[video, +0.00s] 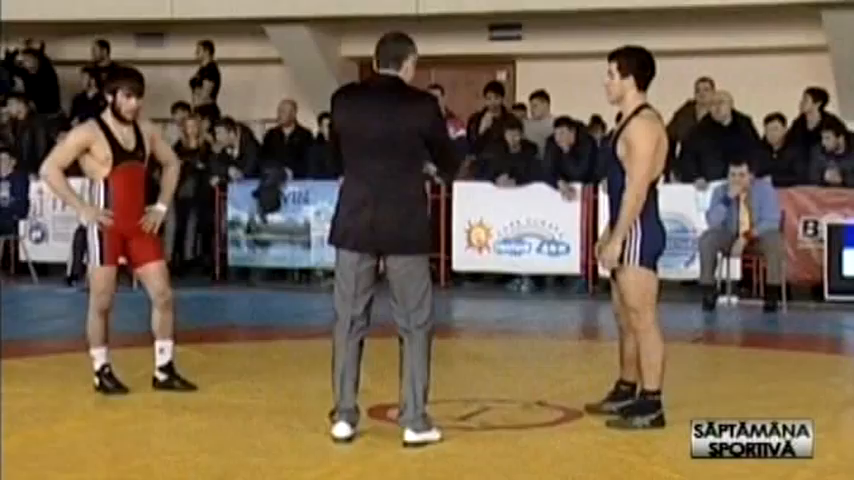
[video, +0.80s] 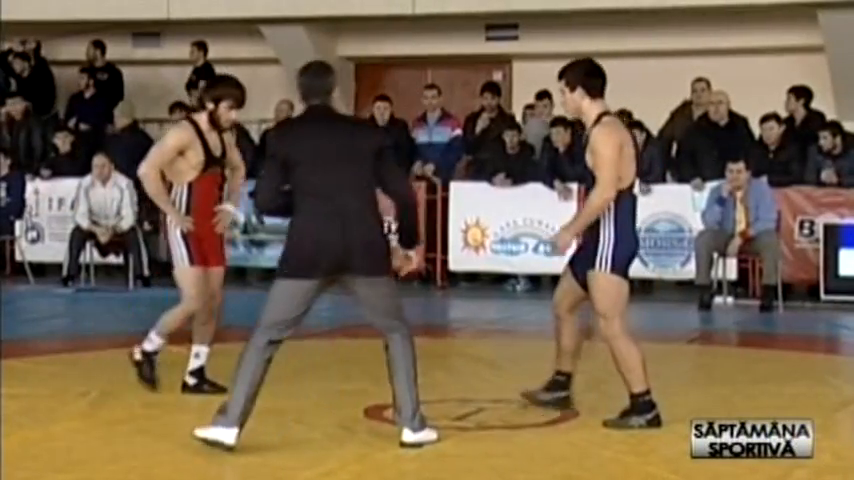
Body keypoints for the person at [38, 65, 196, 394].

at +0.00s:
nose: (135, 103)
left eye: (138, 96)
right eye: (129, 96)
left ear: (141, 98)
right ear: (111, 97)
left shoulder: (146, 129)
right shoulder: (89, 132)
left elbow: (172, 163)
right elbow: (49, 170)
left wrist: (161, 206)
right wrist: (82, 208)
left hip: (141, 226)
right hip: (105, 227)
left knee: (163, 295)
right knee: (101, 301)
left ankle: (164, 368)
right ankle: (101, 368)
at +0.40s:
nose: (167, 110)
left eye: (169, 104)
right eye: (162, 103)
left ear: (168, 106)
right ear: (143, 101)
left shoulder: (165, 135)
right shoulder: (117, 134)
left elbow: (178, 167)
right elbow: (82, 172)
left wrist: (175, 205)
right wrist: (109, 212)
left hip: (158, 229)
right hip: (123, 229)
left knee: (184, 295)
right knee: (111, 303)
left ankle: (191, 368)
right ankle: (100, 368)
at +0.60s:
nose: (200, 113)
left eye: (202, 107)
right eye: (194, 106)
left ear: (201, 108)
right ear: (175, 105)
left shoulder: (194, 137)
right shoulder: (149, 135)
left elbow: (205, 172)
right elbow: (115, 175)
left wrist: (200, 208)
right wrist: (138, 218)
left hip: (183, 231)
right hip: (151, 230)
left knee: (202, 299)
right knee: (133, 303)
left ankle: (195, 371)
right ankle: (105, 364)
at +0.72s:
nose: (220, 114)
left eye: (223, 108)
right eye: (216, 107)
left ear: (221, 109)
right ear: (198, 104)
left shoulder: (213, 137)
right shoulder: (171, 133)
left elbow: (225, 171)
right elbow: (135, 171)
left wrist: (220, 207)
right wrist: (158, 215)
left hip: (202, 224)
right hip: (170, 224)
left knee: (208, 298)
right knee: (170, 304)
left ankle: (195, 372)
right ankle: (122, 353)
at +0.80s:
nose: (236, 116)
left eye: (238, 109)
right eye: (232, 108)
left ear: (232, 109)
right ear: (213, 104)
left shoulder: (226, 137)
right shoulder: (184, 133)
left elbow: (237, 170)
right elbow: (147, 170)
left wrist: (231, 206)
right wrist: (172, 213)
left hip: (213, 222)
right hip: (184, 222)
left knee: (212, 299)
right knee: (194, 300)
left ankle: (196, 370)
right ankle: (146, 349)